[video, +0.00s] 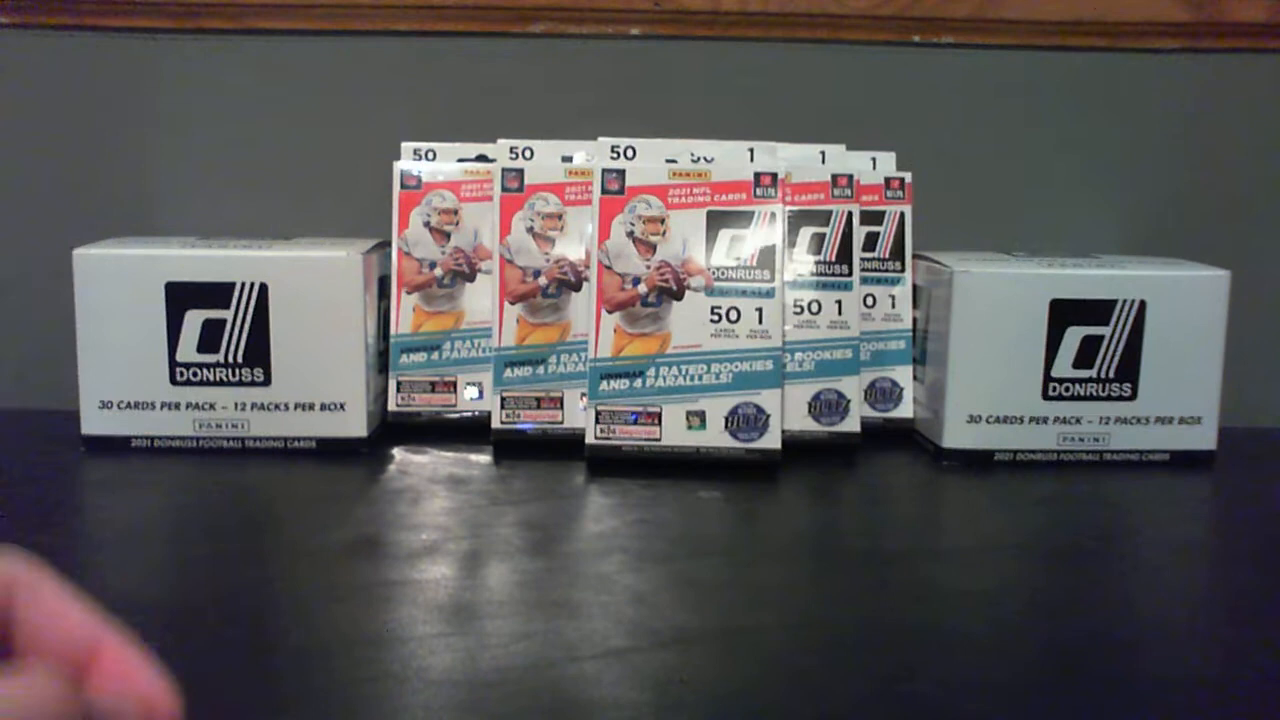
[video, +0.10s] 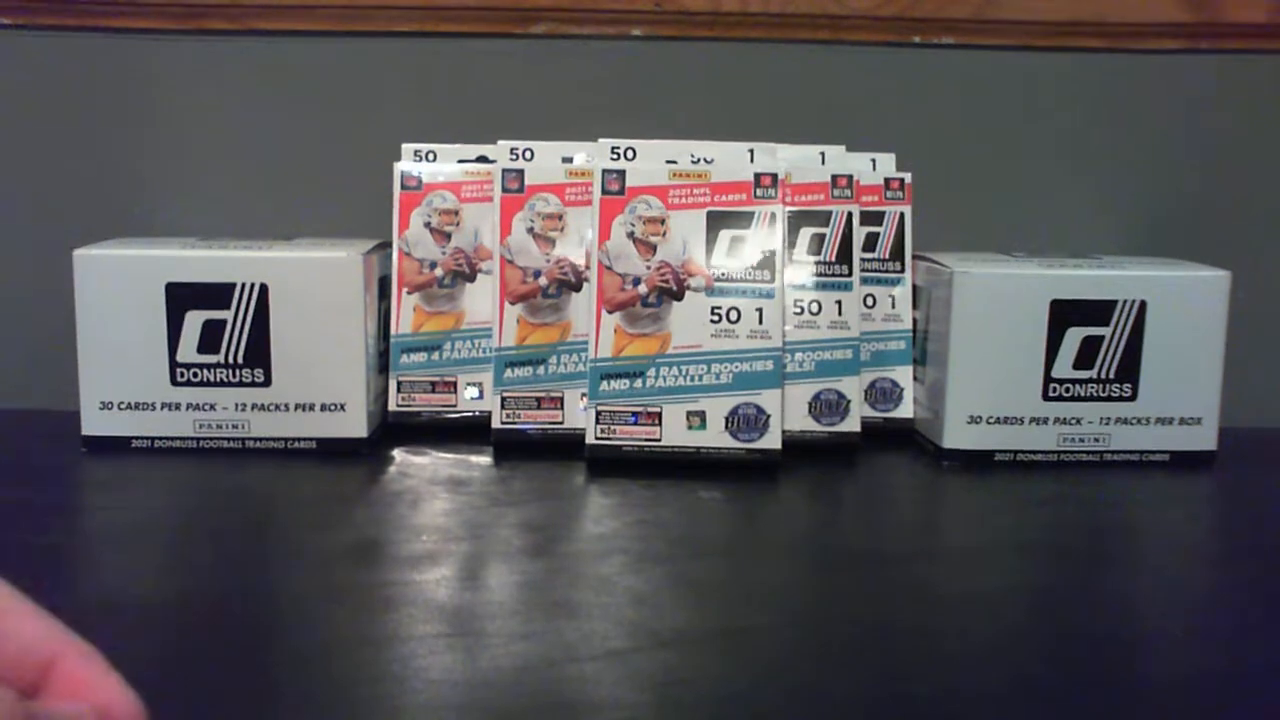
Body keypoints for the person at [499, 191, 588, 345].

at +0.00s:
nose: (555, 224)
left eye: (559, 218)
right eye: (549, 218)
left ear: (563, 220)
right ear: (533, 219)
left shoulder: (568, 244)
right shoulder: (514, 245)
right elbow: (512, 294)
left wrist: (575, 271)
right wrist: (545, 279)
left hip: (556, 325)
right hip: (526, 323)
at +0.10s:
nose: (556, 224)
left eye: (559, 218)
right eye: (549, 218)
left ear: (564, 220)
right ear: (534, 219)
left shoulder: (569, 245)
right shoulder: (514, 245)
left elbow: (578, 287)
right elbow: (512, 295)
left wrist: (571, 273)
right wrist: (545, 280)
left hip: (556, 325)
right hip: (526, 323)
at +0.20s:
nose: (556, 223)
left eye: (559, 218)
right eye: (549, 218)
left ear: (564, 220)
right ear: (533, 219)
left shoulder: (569, 244)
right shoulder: (514, 244)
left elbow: (578, 286)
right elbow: (512, 295)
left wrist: (573, 273)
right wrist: (545, 279)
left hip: (557, 325)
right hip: (527, 323)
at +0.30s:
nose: (556, 224)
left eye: (559, 218)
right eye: (549, 218)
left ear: (564, 220)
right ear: (534, 219)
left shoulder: (568, 244)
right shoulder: (514, 244)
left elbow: (578, 286)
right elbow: (512, 294)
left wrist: (573, 272)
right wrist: (546, 279)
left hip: (556, 325)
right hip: (526, 323)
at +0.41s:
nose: (555, 223)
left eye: (559, 218)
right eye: (549, 217)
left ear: (564, 220)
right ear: (533, 219)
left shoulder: (568, 244)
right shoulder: (514, 244)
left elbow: (577, 286)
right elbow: (512, 294)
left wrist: (574, 272)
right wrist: (545, 279)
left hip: (557, 324)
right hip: (527, 323)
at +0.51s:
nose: (555, 223)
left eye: (559, 217)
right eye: (549, 217)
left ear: (564, 220)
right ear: (533, 218)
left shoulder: (568, 245)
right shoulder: (514, 244)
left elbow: (577, 286)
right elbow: (512, 294)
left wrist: (574, 272)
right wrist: (545, 278)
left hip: (557, 324)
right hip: (527, 323)